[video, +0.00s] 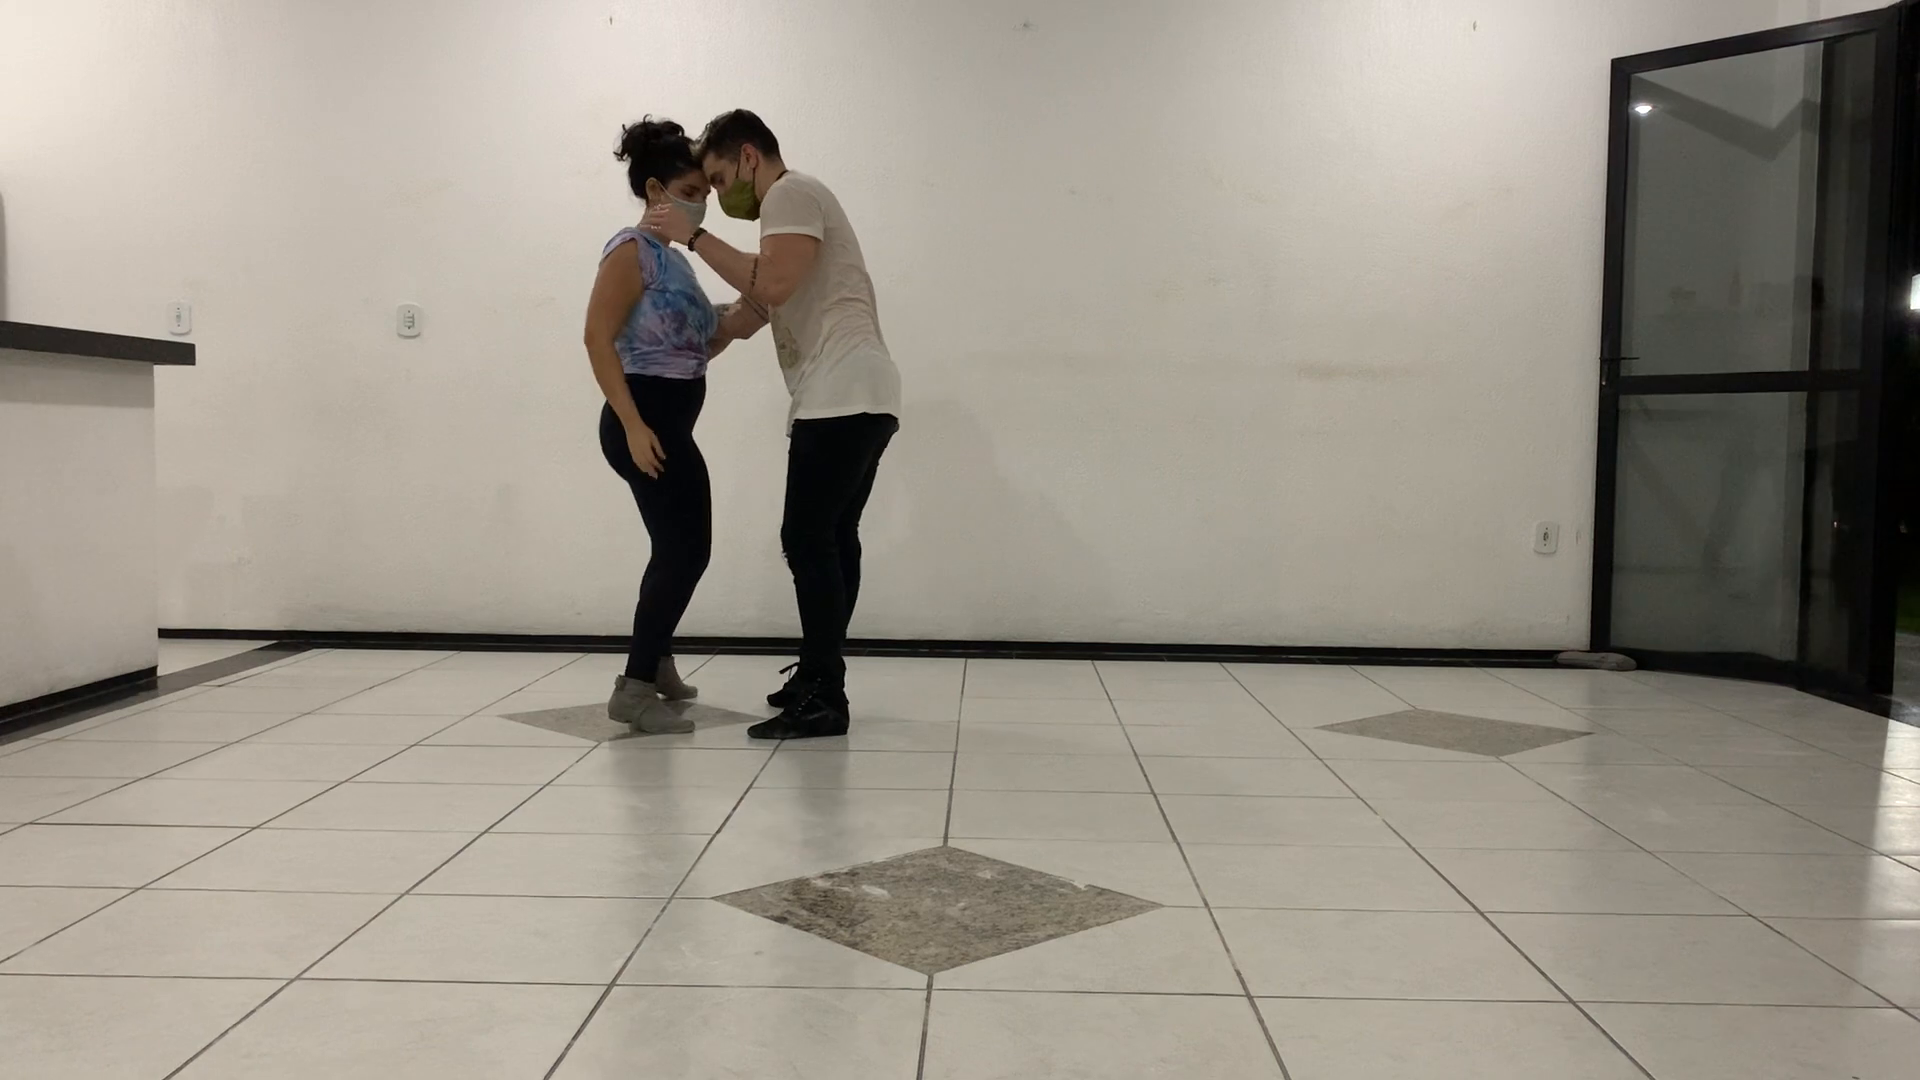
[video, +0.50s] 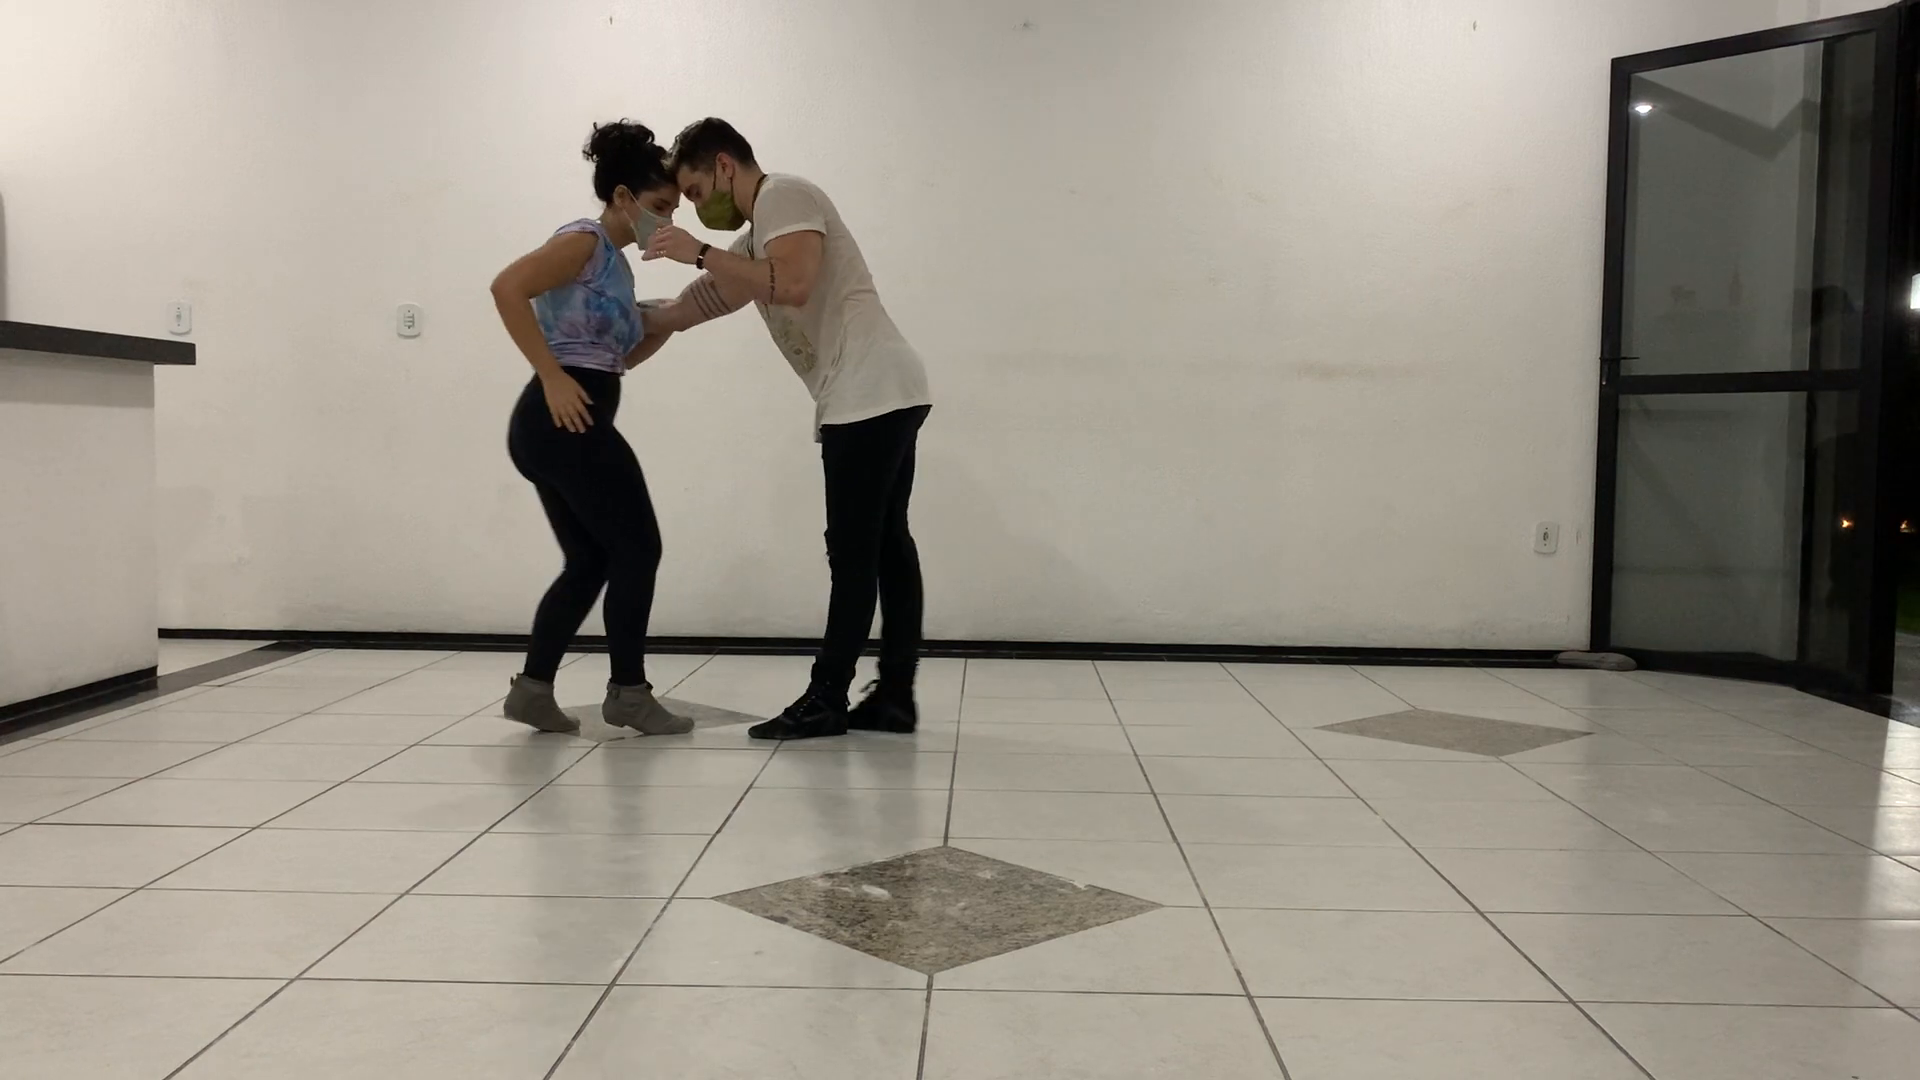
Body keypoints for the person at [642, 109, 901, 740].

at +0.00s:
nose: (721, 196)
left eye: (719, 181)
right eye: (714, 188)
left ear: (749, 157)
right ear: (756, 160)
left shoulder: (794, 194)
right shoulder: (797, 208)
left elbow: (772, 283)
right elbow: (746, 318)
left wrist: (692, 233)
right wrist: (675, 339)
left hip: (841, 396)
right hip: (853, 396)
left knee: (807, 537)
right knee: (833, 537)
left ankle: (823, 696)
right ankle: (817, 678)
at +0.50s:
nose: (694, 204)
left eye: (694, 188)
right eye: (688, 195)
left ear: (727, 164)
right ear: (726, 172)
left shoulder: (784, 197)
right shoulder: (760, 242)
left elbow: (793, 284)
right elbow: (682, 309)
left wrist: (698, 253)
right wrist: (592, 315)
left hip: (867, 395)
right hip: (878, 394)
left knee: (851, 548)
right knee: (892, 543)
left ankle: (825, 700)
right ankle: (895, 696)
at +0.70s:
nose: (683, 203)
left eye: (684, 185)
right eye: (676, 193)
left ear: (714, 160)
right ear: (714, 169)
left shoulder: (778, 193)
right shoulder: (745, 240)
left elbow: (801, 275)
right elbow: (675, 310)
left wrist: (705, 250)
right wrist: (590, 320)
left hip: (855, 396)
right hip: (853, 397)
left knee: (835, 546)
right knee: (873, 536)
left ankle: (825, 699)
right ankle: (963, 665)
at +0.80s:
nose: (677, 203)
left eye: (677, 186)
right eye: (672, 194)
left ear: (711, 163)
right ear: (709, 172)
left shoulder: (776, 193)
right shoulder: (739, 241)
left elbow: (802, 273)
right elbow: (670, 316)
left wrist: (703, 244)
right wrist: (577, 320)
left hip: (852, 393)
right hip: (824, 400)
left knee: (825, 543)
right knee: (832, 540)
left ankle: (825, 703)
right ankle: (978, 579)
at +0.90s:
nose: (672, 201)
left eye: (673, 184)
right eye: (666, 192)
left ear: (707, 160)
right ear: (701, 171)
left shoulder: (774, 194)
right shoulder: (730, 245)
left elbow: (801, 274)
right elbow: (667, 322)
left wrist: (707, 245)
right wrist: (583, 350)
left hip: (847, 392)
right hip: (804, 402)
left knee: (812, 537)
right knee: (783, 534)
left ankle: (824, 701)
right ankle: (930, 496)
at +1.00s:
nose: (670, 201)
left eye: (671, 185)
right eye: (664, 191)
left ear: (704, 160)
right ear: (702, 168)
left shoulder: (773, 195)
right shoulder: (726, 240)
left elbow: (800, 280)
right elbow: (665, 328)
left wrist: (704, 246)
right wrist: (578, 347)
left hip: (836, 395)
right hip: (788, 401)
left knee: (798, 540)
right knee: (729, 512)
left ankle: (824, 702)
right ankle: (873, 496)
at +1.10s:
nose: (666, 200)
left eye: (668, 183)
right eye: (659, 189)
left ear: (702, 157)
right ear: (697, 166)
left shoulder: (771, 195)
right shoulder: (716, 248)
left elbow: (795, 284)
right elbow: (664, 333)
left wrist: (702, 249)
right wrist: (576, 337)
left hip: (824, 397)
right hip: (767, 400)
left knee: (787, 543)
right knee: (689, 492)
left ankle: (822, 701)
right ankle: (812, 571)